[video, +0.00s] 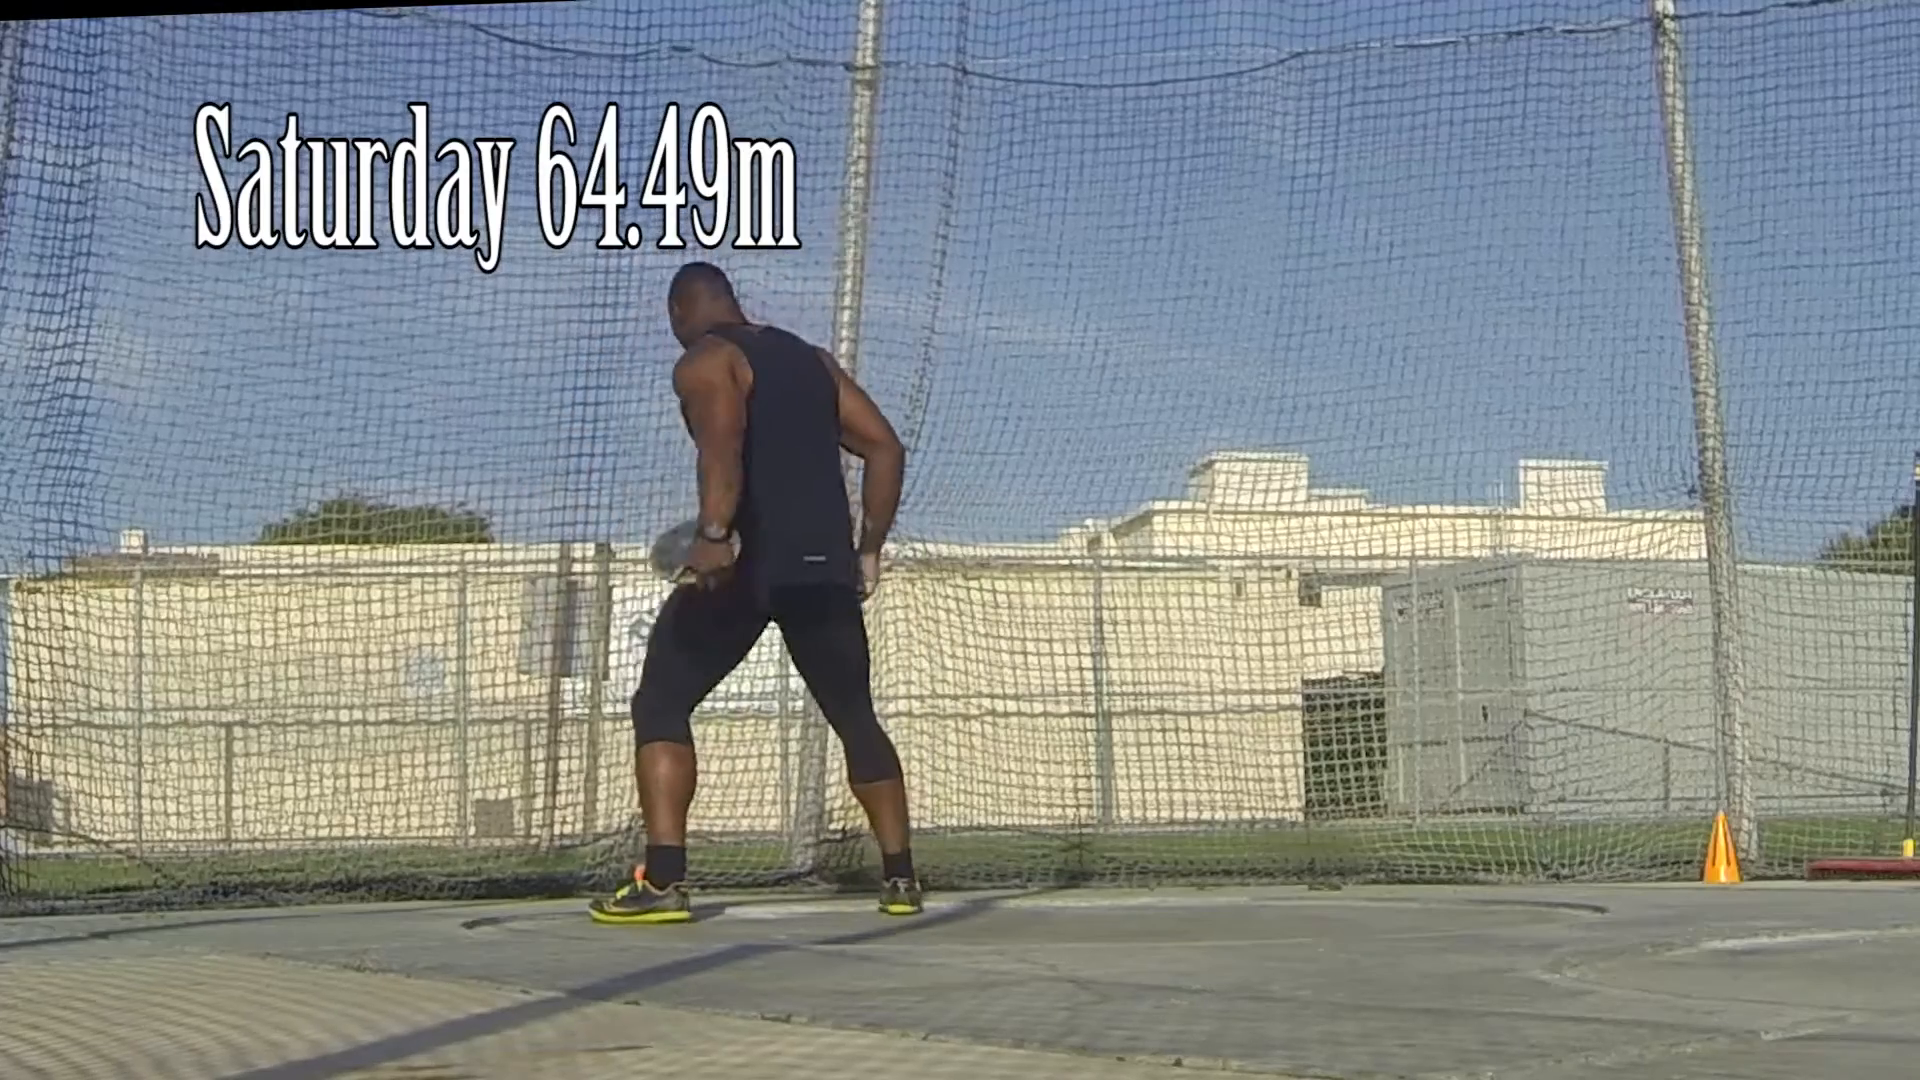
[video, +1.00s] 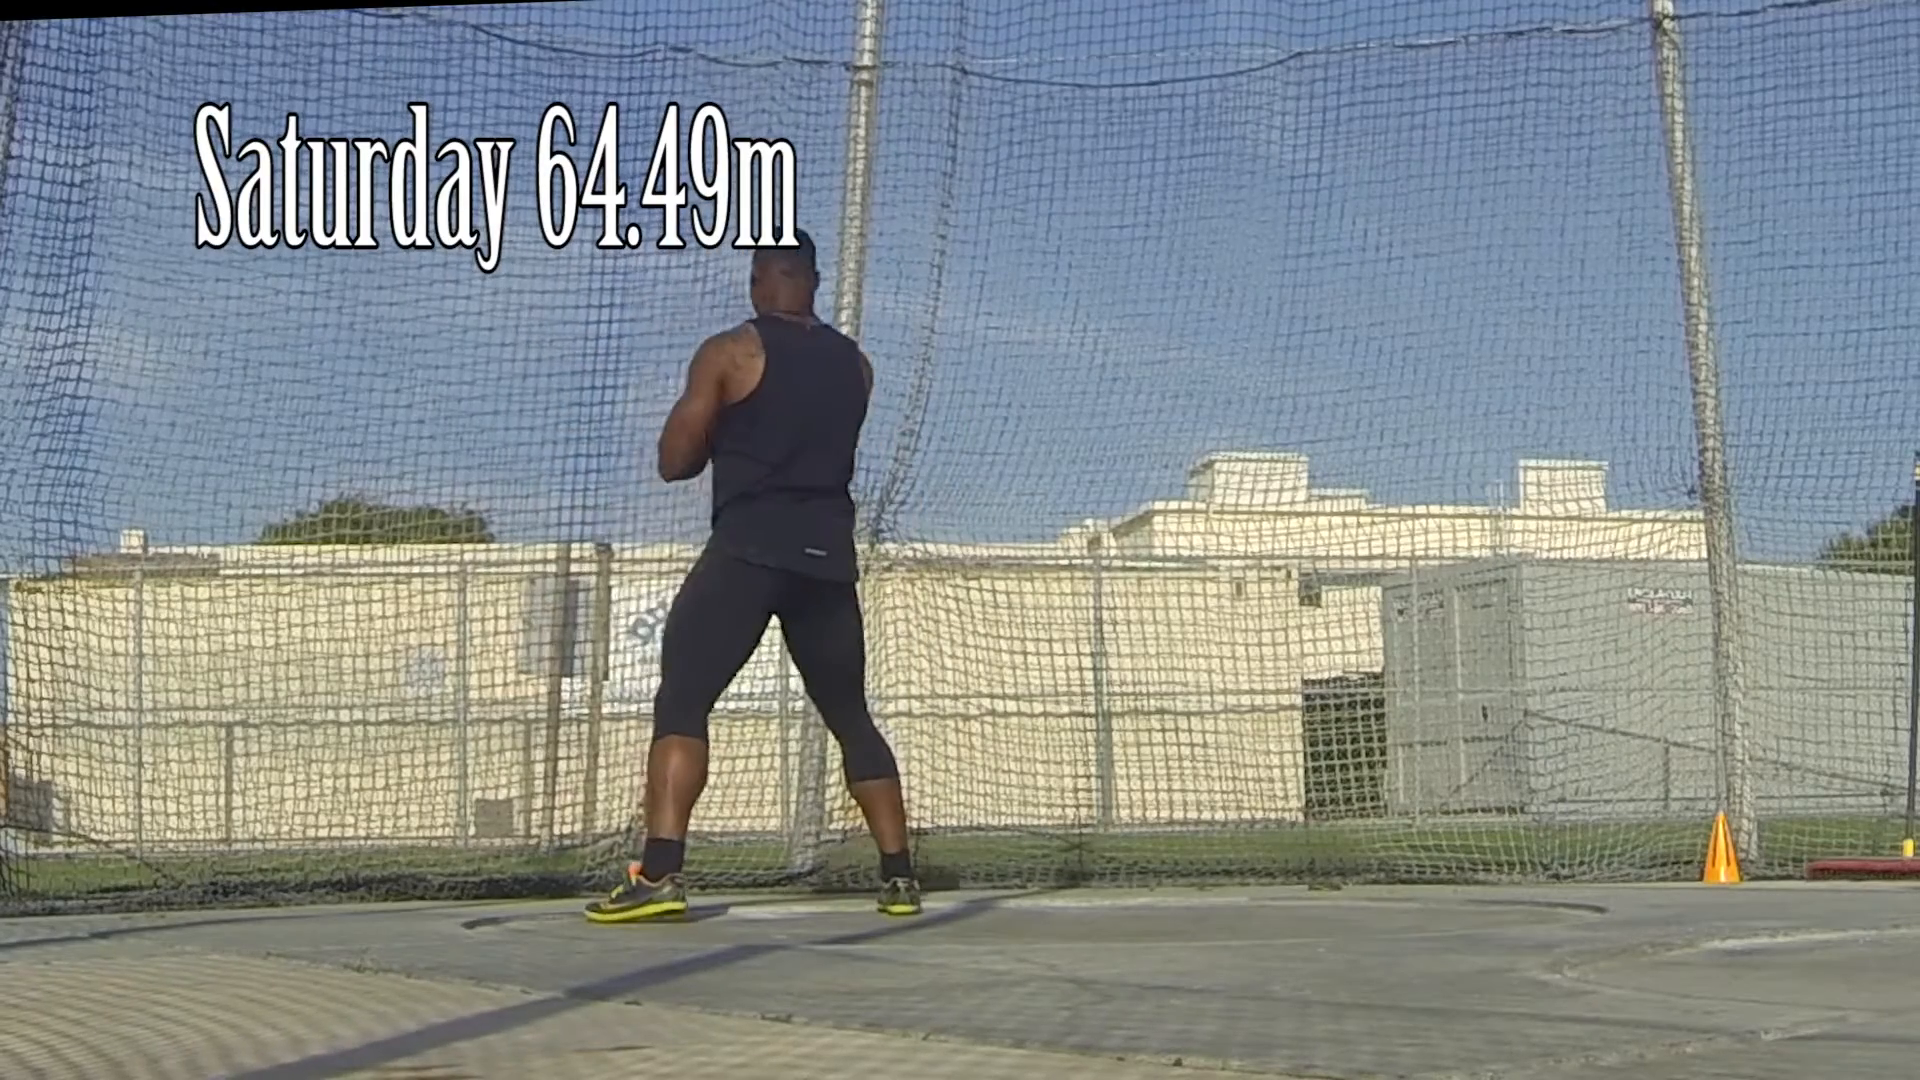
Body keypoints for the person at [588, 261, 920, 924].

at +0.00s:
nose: (677, 334)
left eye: (675, 322)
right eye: (675, 324)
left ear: (685, 313)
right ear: (733, 303)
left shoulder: (703, 358)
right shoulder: (808, 359)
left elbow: (721, 439)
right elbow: (884, 447)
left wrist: (712, 531)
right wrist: (871, 546)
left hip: (746, 568)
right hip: (827, 568)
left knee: (660, 704)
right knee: (857, 718)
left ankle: (662, 880)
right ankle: (900, 877)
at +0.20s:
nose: (696, 348)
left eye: (697, 337)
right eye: (696, 338)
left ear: (707, 328)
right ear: (759, 320)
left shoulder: (724, 355)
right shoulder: (830, 373)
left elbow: (746, 405)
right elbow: (909, 456)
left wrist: (757, 484)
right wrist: (881, 552)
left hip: (756, 557)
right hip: (836, 569)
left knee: (649, 691)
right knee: (859, 719)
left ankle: (646, 861)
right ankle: (901, 877)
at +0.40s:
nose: (681, 345)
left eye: (680, 334)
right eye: (682, 336)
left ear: (692, 326)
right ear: (742, 322)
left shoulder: (697, 366)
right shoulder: (816, 376)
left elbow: (695, 440)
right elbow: (886, 464)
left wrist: (667, 531)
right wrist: (890, 569)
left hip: (738, 571)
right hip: (826, 578)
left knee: (651, 707)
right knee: (858, 720)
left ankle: (658, 880)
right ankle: (902, 878)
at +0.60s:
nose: (673, 321)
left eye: (670, 311)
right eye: (683, 308)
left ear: (671, 312)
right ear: (730, 304)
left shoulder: (659, 379)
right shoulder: (807, 367)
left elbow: (631, 501)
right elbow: (842, 484)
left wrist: (602, 608)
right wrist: (819, 560)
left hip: (723, 564)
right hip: (814, 568)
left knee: (648, 708)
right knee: (854, 712)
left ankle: (658, 882)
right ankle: (903, 870)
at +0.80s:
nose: (723, 295)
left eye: (715, 283)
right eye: (736, 284)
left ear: (705, 290)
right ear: (766, 291)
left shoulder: (676, 365)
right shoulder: (826, 363)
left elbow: (651, 490)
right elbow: (816, 466)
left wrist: (670, 554)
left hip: (722, 562)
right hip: (810, 566)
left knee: (654, 708)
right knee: (850, 716)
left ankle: (658, 882)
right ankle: (901, 876)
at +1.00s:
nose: (756, 290)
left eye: (756, 279)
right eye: (765, 279)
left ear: (757, 286)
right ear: (813, 288)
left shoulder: (726, 351)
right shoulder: (854, 362)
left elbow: (674, 461)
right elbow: (831, 443)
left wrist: (728, 412)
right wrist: (748, 409)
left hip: (745, 557)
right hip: (828, 565)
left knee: (682, 701)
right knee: (850, 715)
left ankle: (658, 875)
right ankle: (900, 875)